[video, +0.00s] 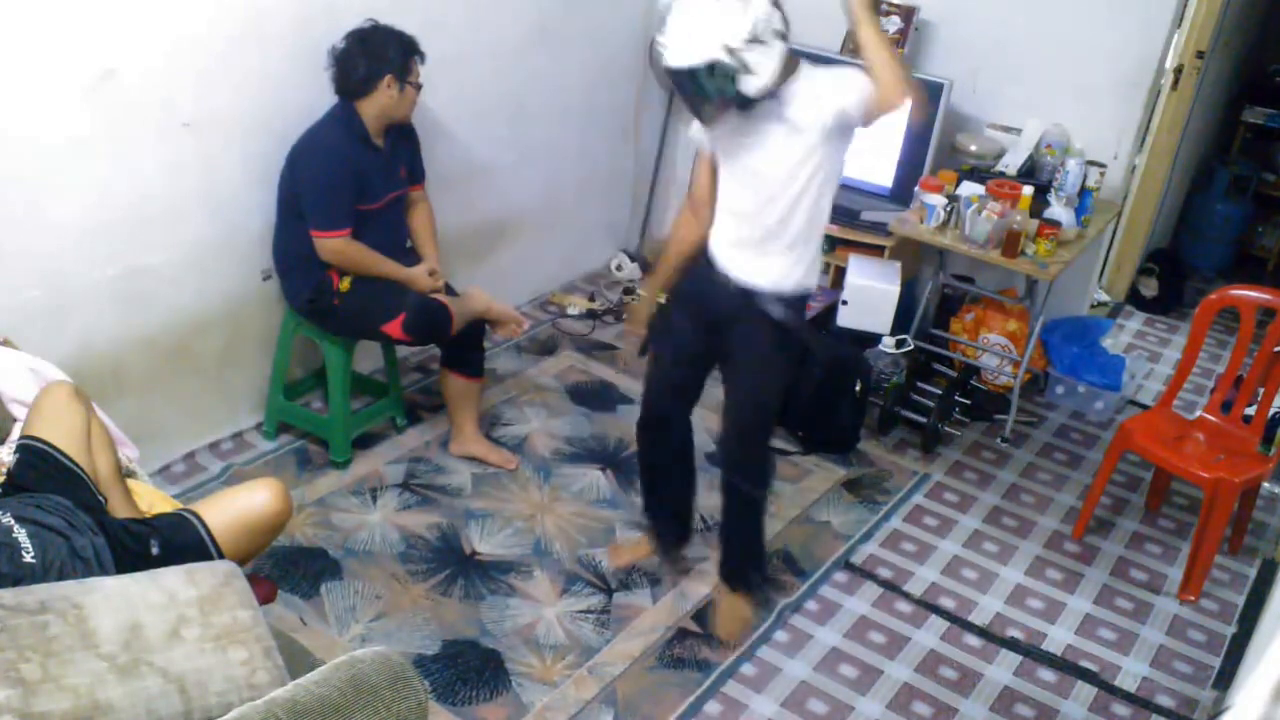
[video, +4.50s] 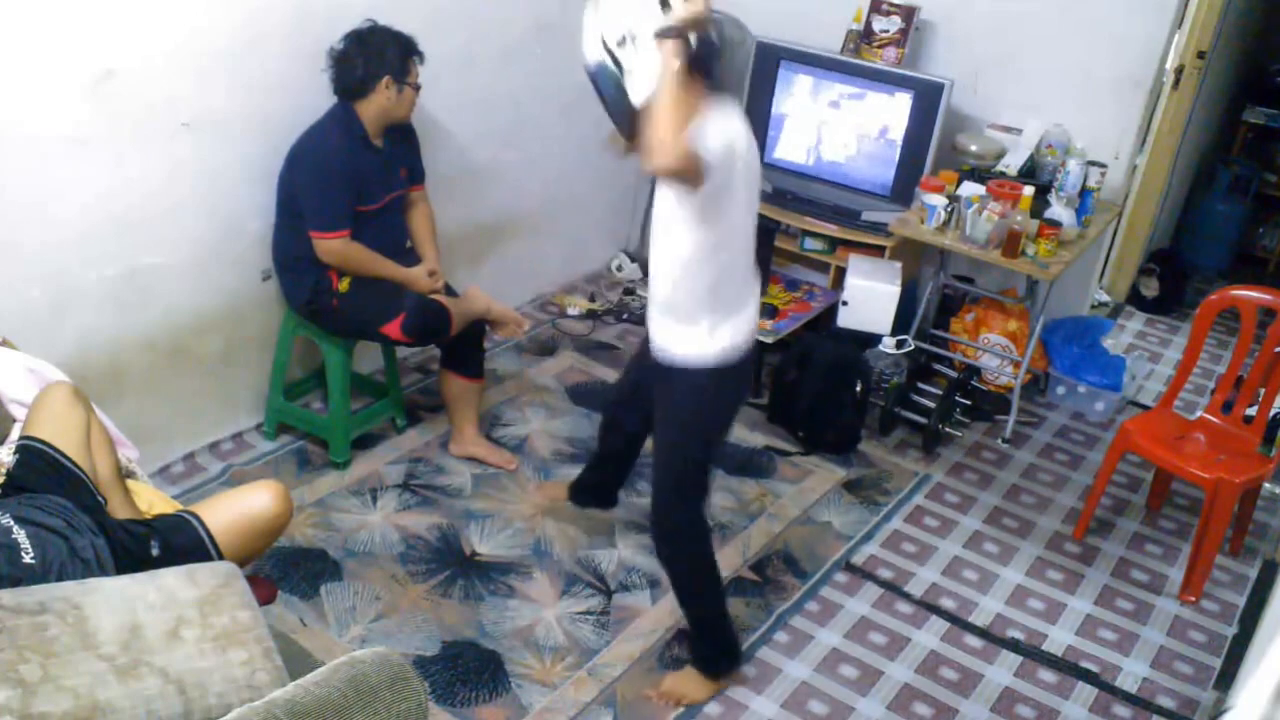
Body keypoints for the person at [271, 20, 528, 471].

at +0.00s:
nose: (419, 95)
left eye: (419, 86)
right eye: (416, 86)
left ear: (387, 86)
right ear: (388, 86)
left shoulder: (399, 132)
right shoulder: (326, 151)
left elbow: (417, 203)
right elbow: (332, 249)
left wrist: (429, 260)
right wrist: (407, 276)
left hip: (387, 266)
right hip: (326, 283)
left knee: (466, 322)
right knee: (425, 323)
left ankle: (465, 435)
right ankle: (477, 304)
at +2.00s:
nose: (419, 96)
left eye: (419, 87)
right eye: (415, 86)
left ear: (386, 86)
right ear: (387, 86)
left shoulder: (398, 131)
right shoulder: (324, 152)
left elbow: (417, 201)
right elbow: (332, 249)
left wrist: (429, 261)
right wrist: (406, 275)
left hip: (390, 263)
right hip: (327, 283)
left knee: (467, 324)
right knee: (426, 323)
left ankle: (466, 435)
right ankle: (476, 304)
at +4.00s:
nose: (419, 95)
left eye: (419, 87)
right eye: (415, 87)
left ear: (386, 87)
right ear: (387, 87)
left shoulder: (399, 130)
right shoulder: (325, 152)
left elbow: (417, 202)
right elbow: (332, 249)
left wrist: (430, 261)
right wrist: (406, 275)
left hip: (388, 265)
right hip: (326, 283)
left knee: (465, 323)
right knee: (423, 324)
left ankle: (466, 435)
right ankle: (477, 305)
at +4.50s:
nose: (418, 95)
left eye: (418, 86)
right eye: (415, 86)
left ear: (386, 87)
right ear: (386, 87)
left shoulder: (399, 131)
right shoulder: (324, 150)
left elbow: (416, 202)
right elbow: (331, 249)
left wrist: (429, 259)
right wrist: (406, 276)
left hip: (389, 267)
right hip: (326, 283)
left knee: (466, 322)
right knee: (420, 323)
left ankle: (465, 435)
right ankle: (476, 305)